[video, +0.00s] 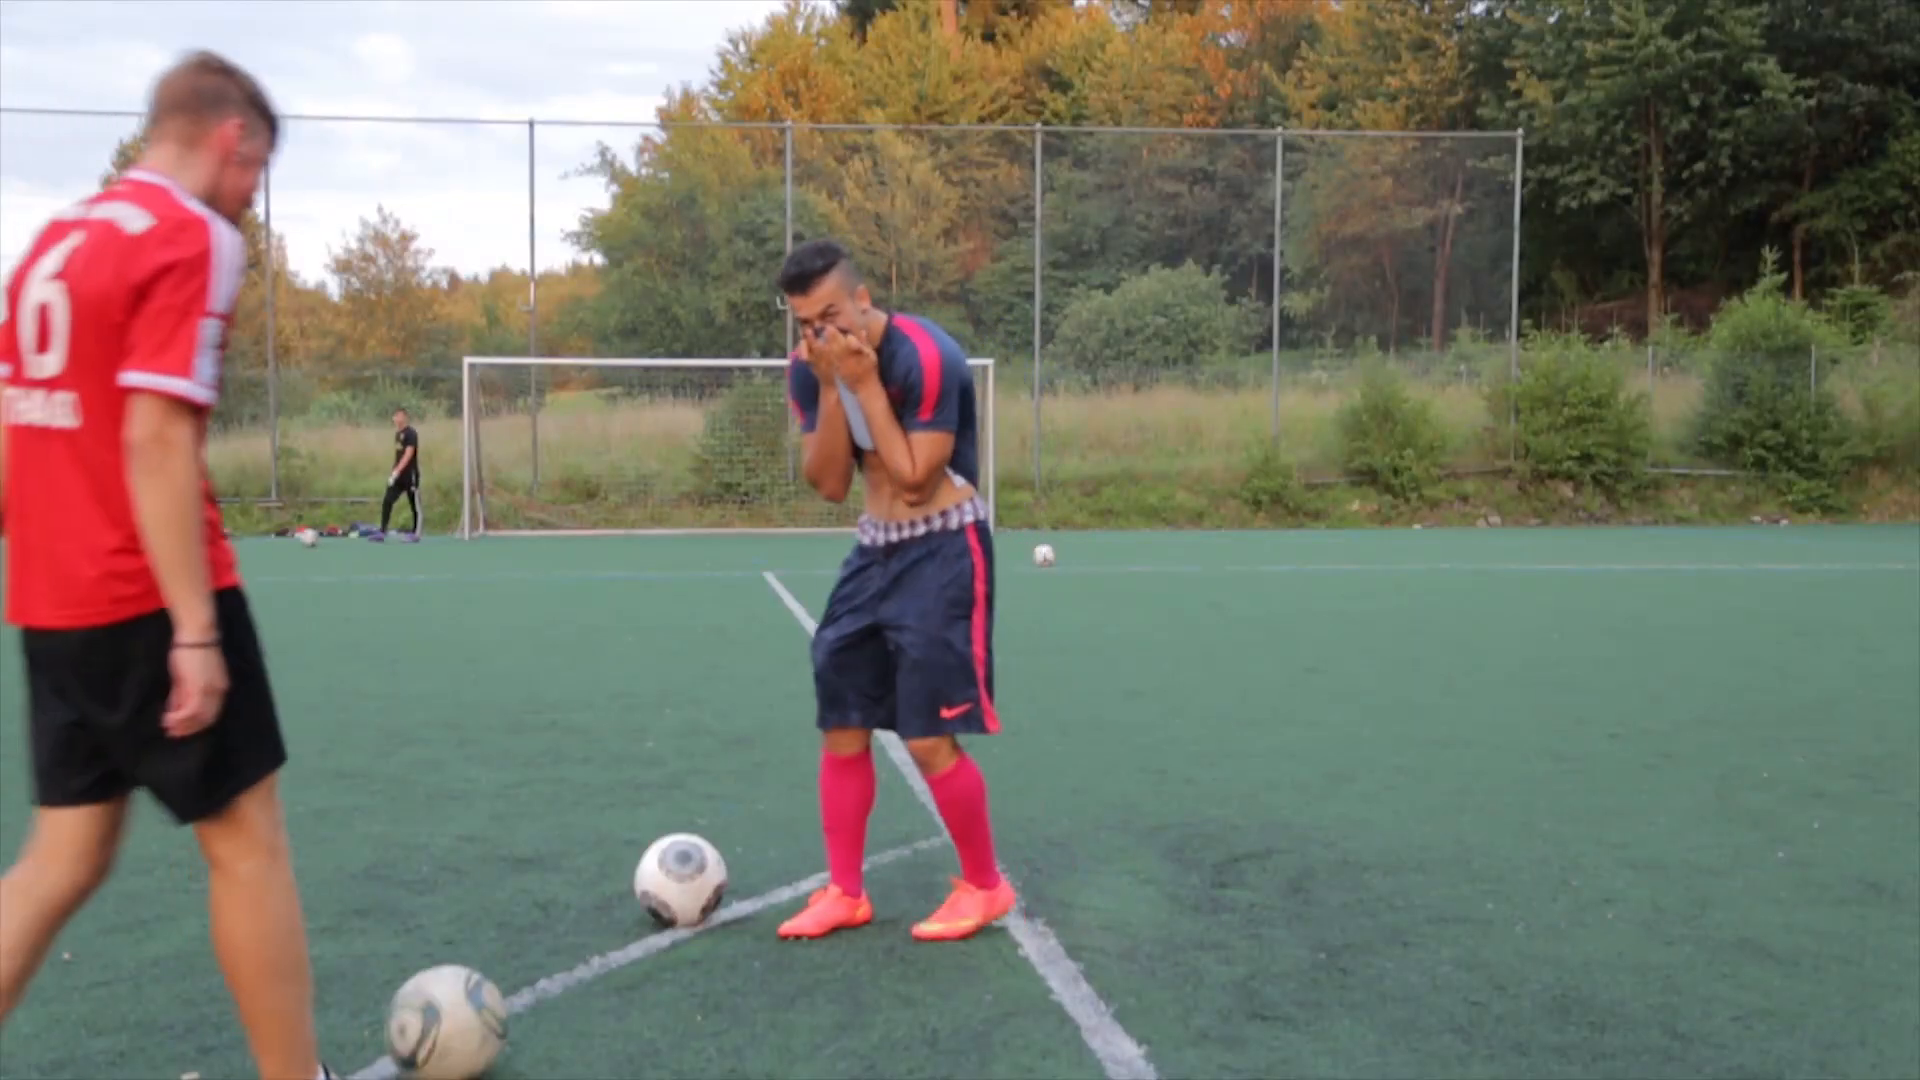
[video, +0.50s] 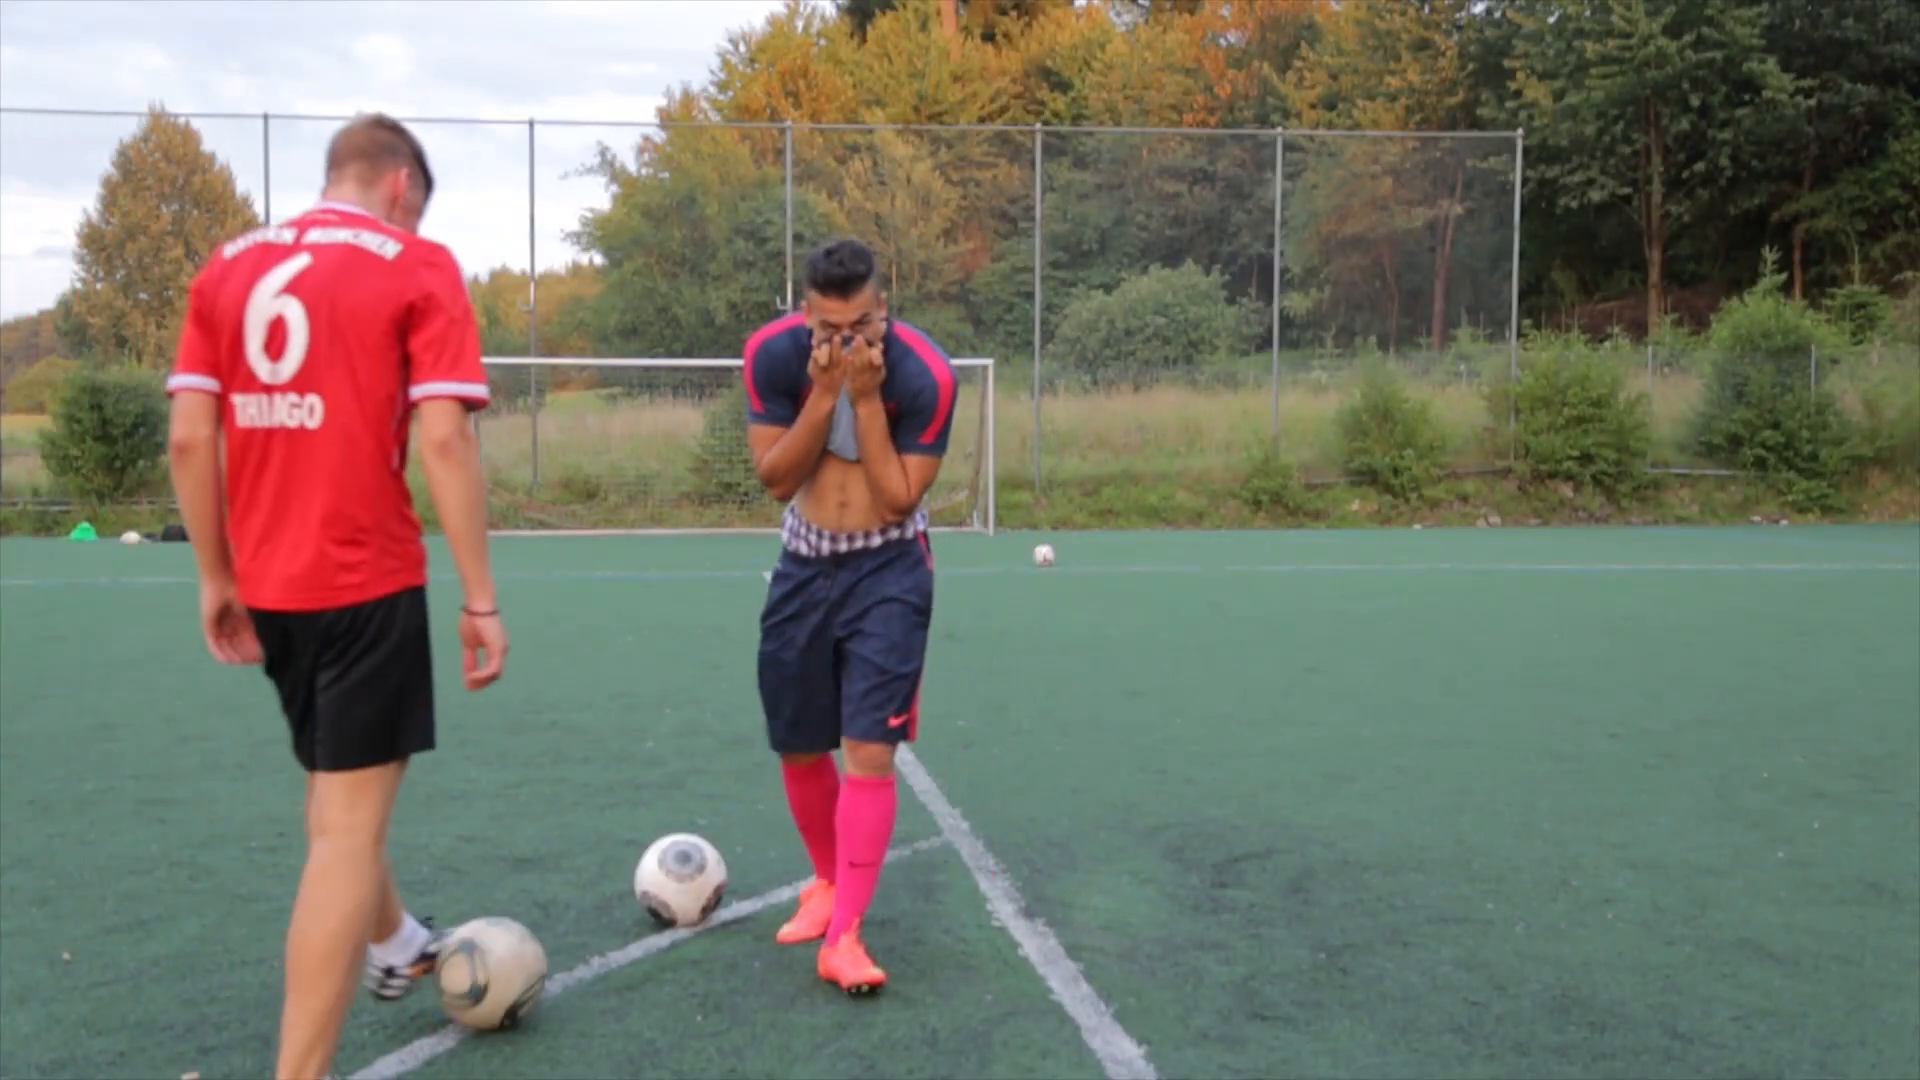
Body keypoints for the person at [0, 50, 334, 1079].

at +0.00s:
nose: (255, 193)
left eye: (261, 170)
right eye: (257, 166)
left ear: (162, 134)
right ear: (225, 138)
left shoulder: (58, 234)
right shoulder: (188, 238)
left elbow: (17, 428)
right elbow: (157, 435)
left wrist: (50, 581)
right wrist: (196, 628)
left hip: (53, 611)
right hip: (159, 606)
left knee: (63, 853)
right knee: (248, 851)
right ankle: (297, 1072)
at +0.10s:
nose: (312, 202)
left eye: (320, 184)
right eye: (319, 179)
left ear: (223, 139)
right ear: (294, 148)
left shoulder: (111, 236)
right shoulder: (265, 244)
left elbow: (40, 417)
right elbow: (236, 430)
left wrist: (7, 565)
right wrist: (272, 617)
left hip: (103, 595)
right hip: (208, 595)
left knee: (172, 822)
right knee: (283, 830)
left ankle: (15, 1042)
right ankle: (300, 1071)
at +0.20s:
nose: (355, 210)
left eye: (360, 194)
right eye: (359, 191)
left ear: (267, 148)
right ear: (339, 159)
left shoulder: (148, 233)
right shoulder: (321, 249)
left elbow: (77, 402)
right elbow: (308, 425)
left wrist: (52, 561)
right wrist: (342, 610)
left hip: (147, 579)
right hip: (259, 584)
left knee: (231, 776)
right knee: (302, 819)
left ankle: (124, 1012)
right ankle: (299, 1070)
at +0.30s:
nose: (379, 199)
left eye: (382, 186)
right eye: (384, 186)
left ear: (290, 152)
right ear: (364, 162)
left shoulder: (175, 235)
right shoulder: (365, 250)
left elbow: (111, 405)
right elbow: (367, 420)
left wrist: (124, 554)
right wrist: (402, 597)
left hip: (183, 573)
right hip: (296, 575)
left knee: (268, 750)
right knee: (315, 826)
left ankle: (233, 998)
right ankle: (299, 1068)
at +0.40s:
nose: (399, 207)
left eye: (401, 196)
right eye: (403, 194)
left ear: (308, 165)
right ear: (381, 172)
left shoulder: (200, 248)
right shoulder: (395, 254)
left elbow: (151, 416)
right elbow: (412, 424)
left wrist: (182, 550)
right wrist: (451, 592)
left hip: (224, 578)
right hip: (331, 577)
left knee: (304, 759)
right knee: (327, 834)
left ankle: (316, 970)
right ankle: (300, 1068)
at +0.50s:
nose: (417, 220)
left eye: (419, 210)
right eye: (420, 208)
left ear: (328, 178)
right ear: (402, 185)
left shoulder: (229, 265)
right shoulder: (418, 266)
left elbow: (189, 432)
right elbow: (441, 434)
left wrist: (215, 573)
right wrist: (479, 596)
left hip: (263, 581)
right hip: (364, 578)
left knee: (337, 782)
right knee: (344, 837)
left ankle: (399, 948)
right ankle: (297, 1070)